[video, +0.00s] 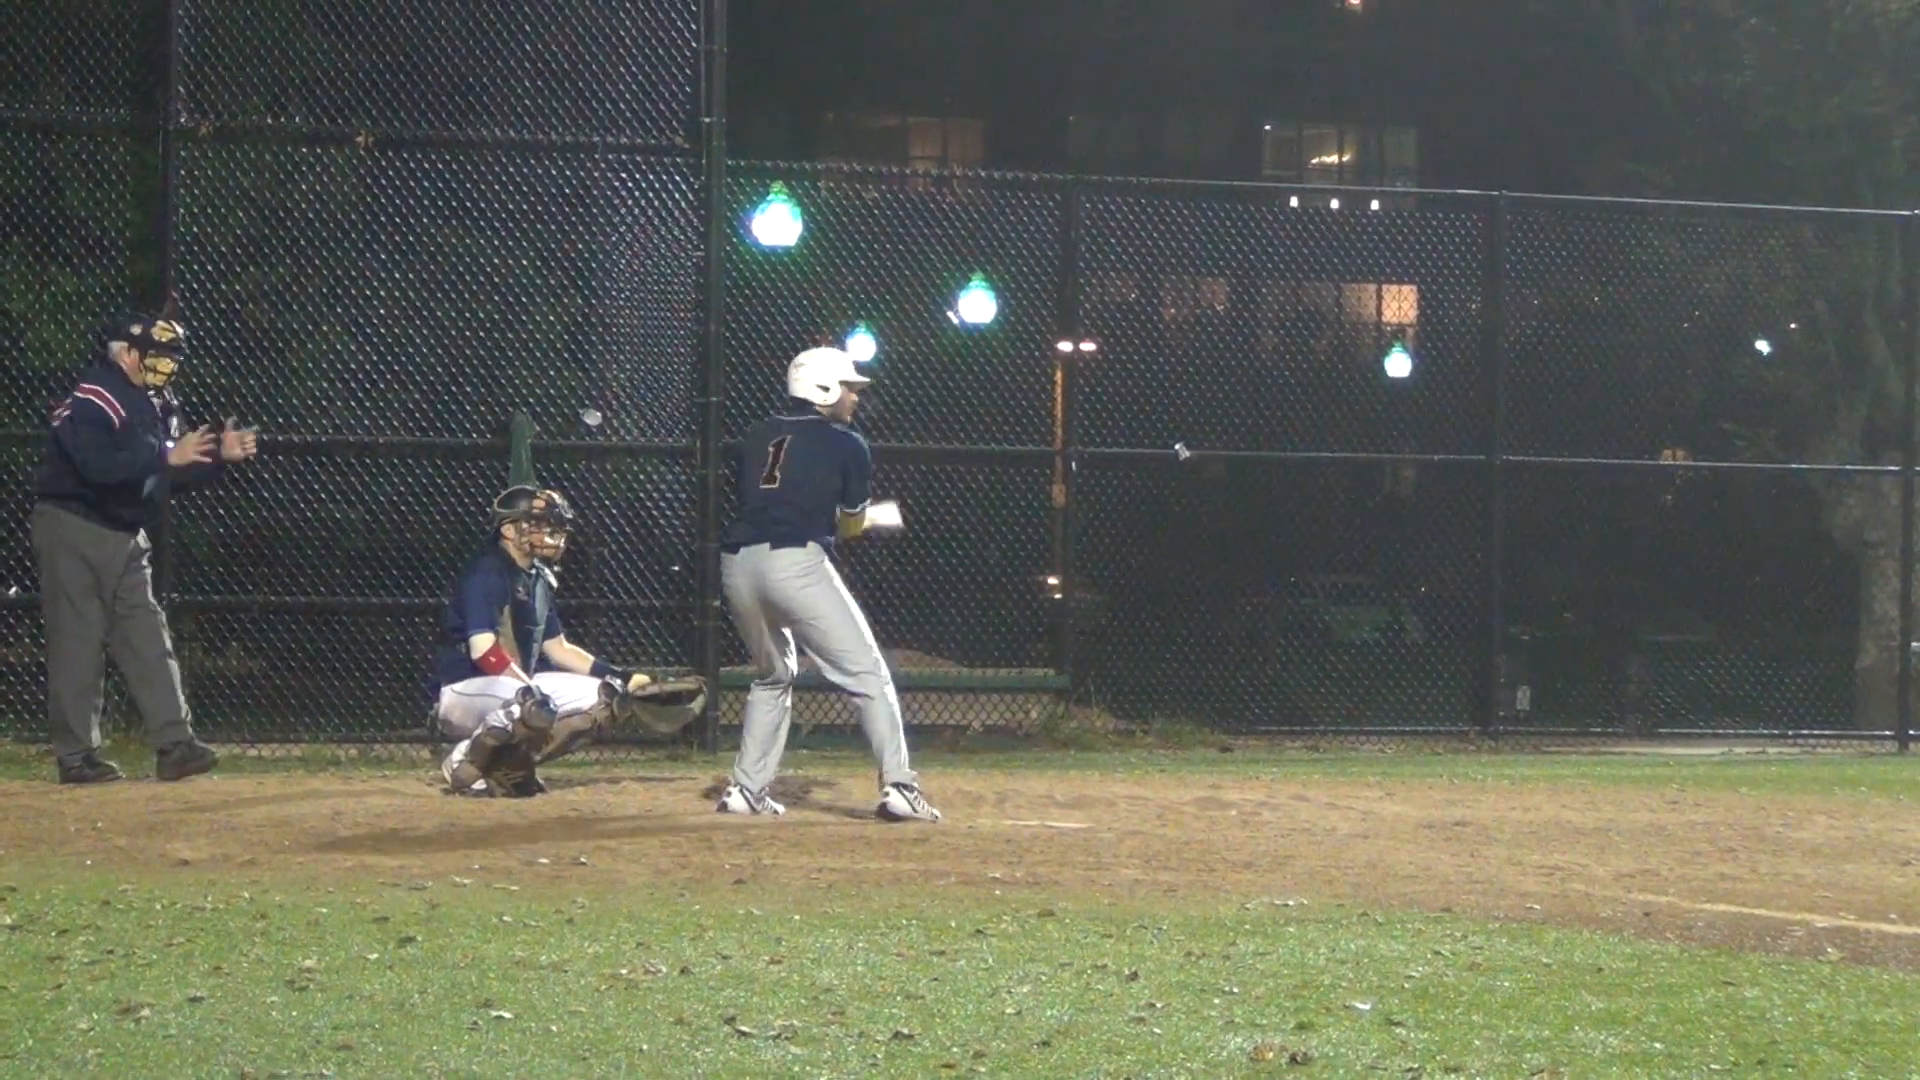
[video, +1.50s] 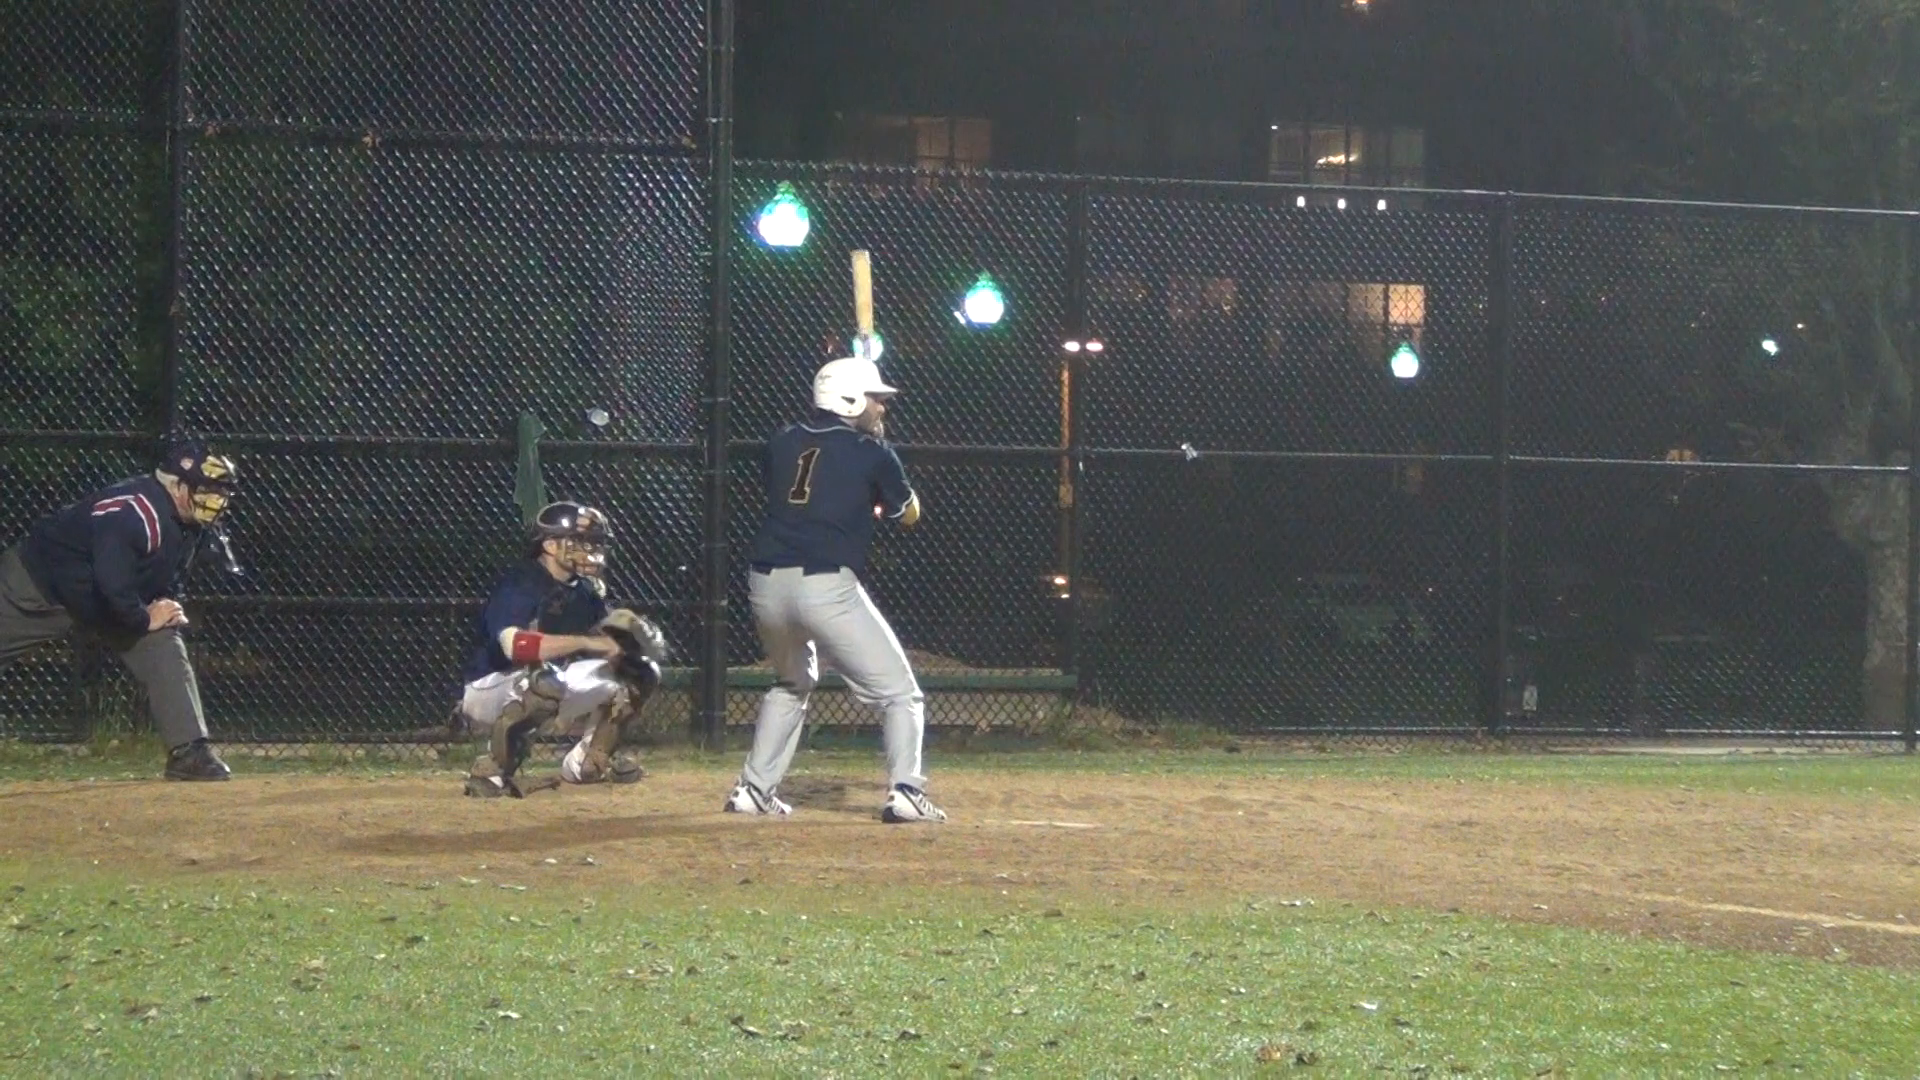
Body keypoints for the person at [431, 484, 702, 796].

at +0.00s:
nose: (548, 535)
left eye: (552, 527)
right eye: (537, 525)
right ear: (508, 531)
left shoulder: (537, 577)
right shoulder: (486, 573)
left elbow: (558, 648)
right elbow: (484, 651)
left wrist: (621, 677)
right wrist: (532, 694)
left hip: (515, 684)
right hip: (463, 691)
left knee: (604, 695)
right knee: (534, 707)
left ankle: (513, 766)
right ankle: (464, 765)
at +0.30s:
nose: (550, 532)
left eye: (553, 525)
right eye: (539, 524)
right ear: (510, 531)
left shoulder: (539, 578)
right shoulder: (485, 574)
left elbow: (556, 648)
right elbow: (485, 653)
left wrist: (619, 676)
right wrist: (531, 691)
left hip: (518, 686)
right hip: (462, 693)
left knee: (608, 696)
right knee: (536, 709)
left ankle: (514, 767)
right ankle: (465, 766)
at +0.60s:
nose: (557, 536)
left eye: (560, 529)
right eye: (547, 527)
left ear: (563, 533)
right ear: (518, 530)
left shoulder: (547, 577)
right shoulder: (491, 572)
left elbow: (554, 644)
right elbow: (484, 649)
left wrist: (619, 671)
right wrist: (537, 680)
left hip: (516, 680)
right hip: (462, 686)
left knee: (603, 691)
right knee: (536, 698)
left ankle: (512, 767)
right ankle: (464, 768)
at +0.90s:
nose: (567, 483)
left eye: (569, 475)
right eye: (557, 474)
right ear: (528, 477)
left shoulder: (555, 521)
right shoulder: (495, 522)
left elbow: (558, 575)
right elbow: (499, 601)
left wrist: (603, 606)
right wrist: (565, 614)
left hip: (521, 621)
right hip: (465, 625)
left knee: (598, 653)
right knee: (536, 660)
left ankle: (542, 751)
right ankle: (483, 760)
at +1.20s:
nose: (578, 537)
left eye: (580, 529)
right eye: (568, 529)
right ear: (537, 531)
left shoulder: (569, 571)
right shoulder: (506, 573)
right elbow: (528, 640)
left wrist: (601, 613)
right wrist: (594, 627)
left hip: (536, 667)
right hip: (473, 675)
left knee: (624, 664)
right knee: (534, 686)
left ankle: (585, 763)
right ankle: (484, 771)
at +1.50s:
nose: (590, 550)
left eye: (592, 543)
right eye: (580, 543)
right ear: (551, 546)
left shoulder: (587, 589)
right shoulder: (519, 584)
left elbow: (601, 634)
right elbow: (514, 646)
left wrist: (634, 638)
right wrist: (587, 643)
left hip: (554, 682)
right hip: (488, 690)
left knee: (638, 675)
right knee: (544, 682)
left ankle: (586, 764)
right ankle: (491, 773)